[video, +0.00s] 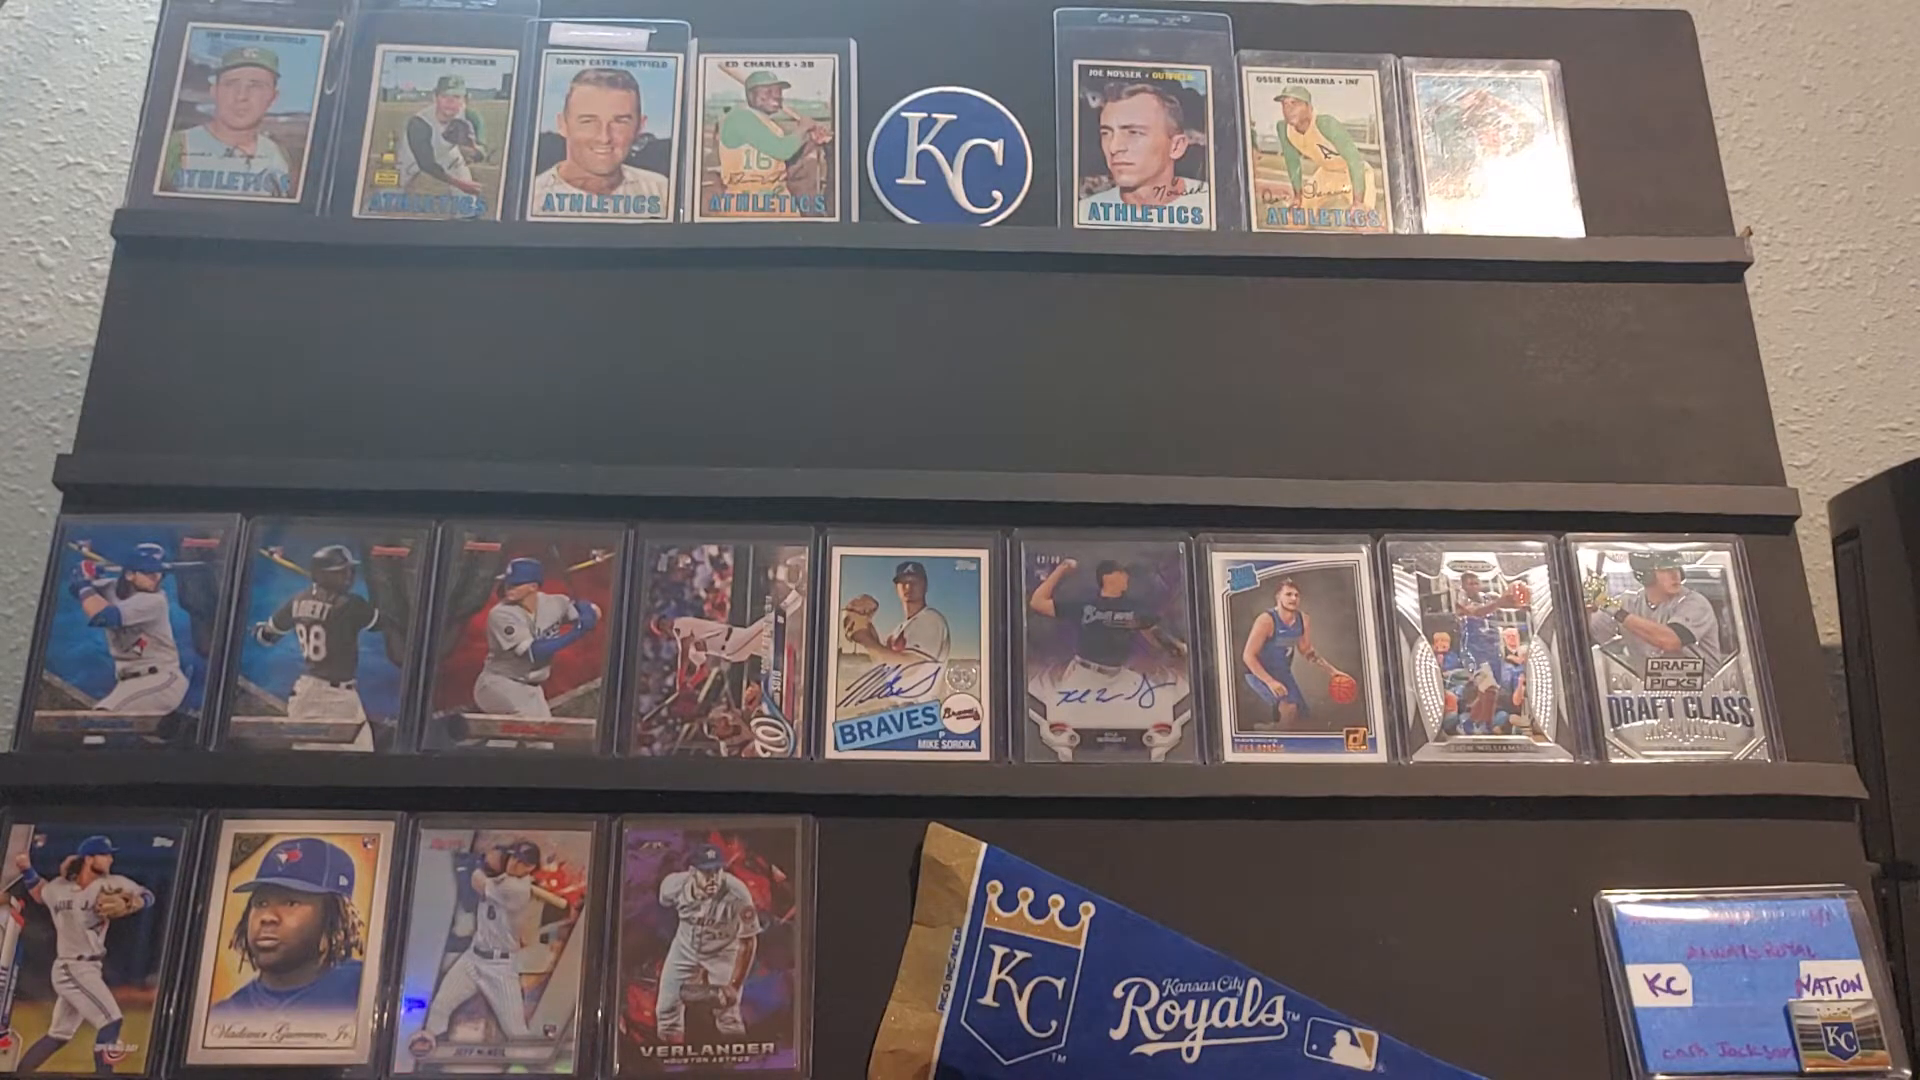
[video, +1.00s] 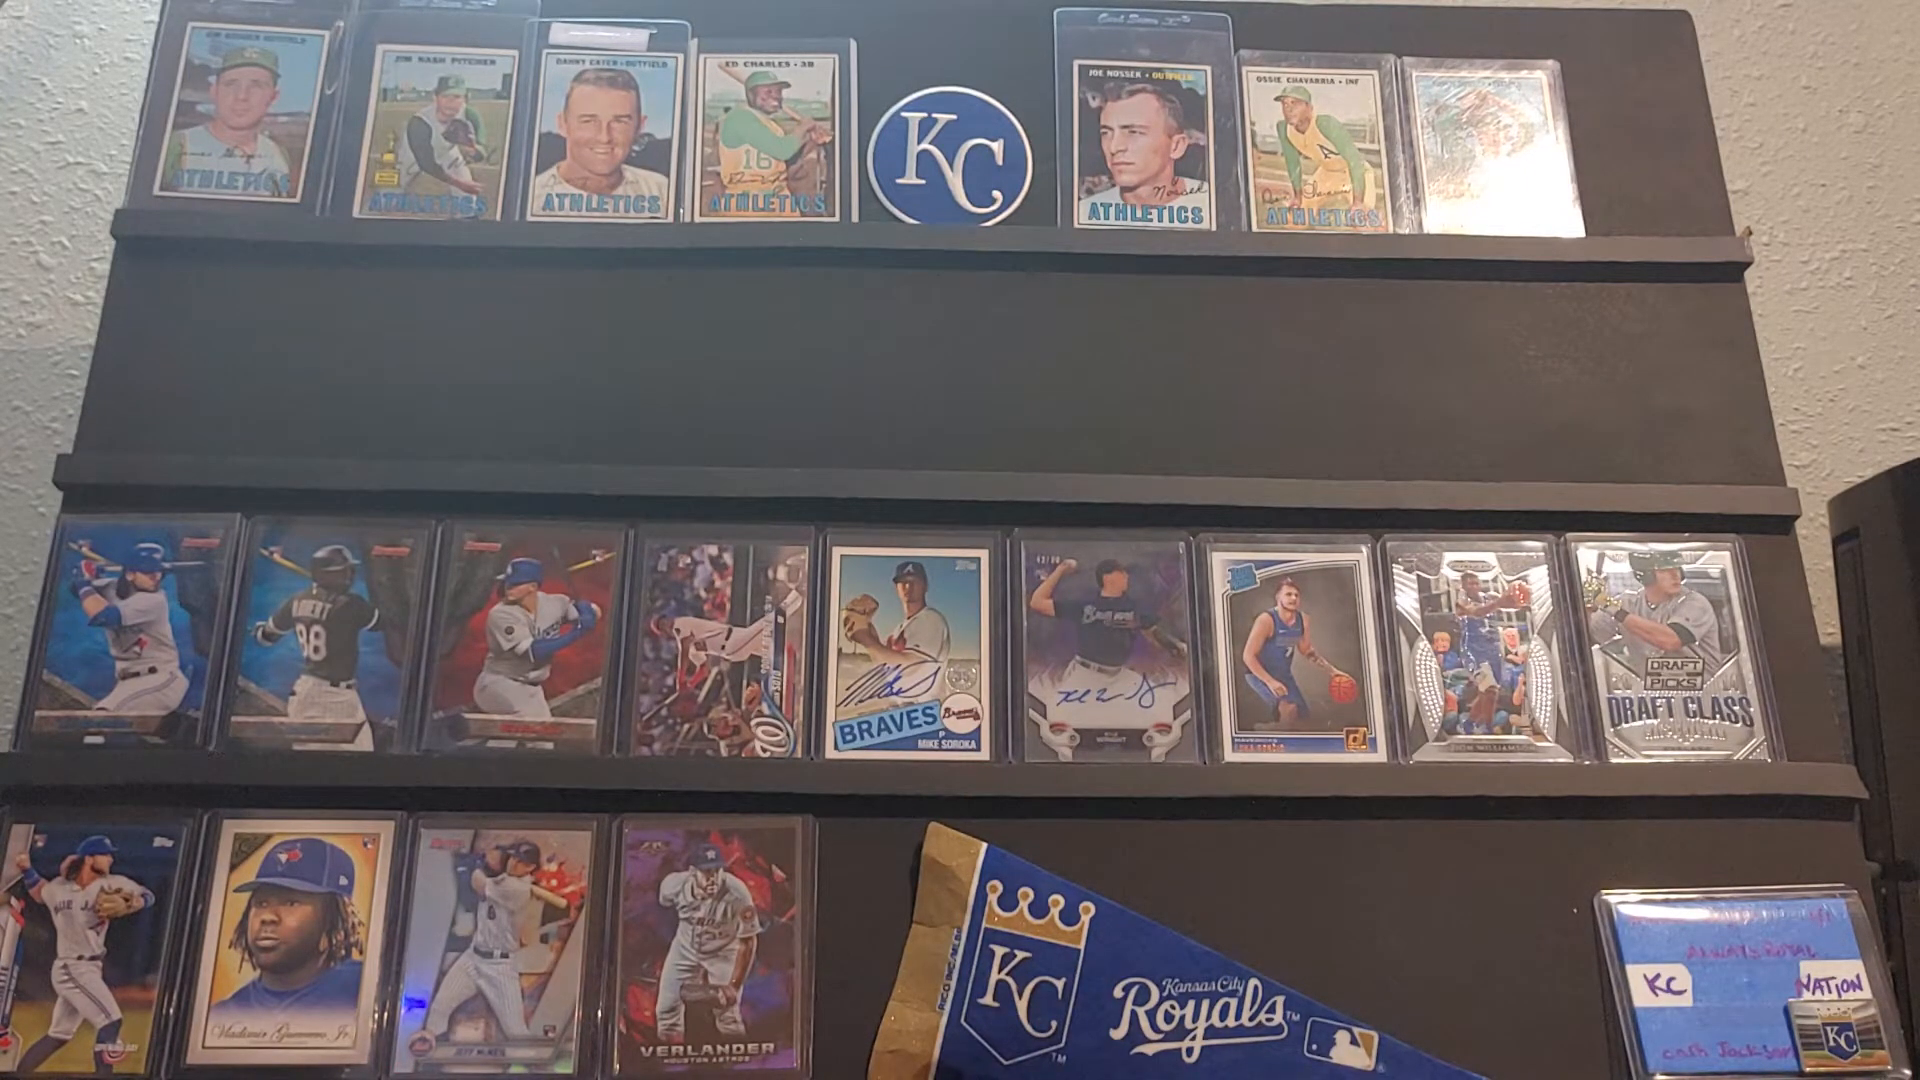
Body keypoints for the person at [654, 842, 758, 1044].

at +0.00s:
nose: (712, 879)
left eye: (716, 872)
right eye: (705, 872)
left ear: (722, 870)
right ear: (692, 871)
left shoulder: (738, 894)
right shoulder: (672, 886)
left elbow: (749, 942)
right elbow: (667, 909)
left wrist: (735, 985)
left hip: (724, 954)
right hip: (684, 948)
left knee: (727, 1015)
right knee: (666, 1009)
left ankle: (740, 1068)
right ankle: (673, 1069)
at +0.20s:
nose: (712, 878)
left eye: (716, 871)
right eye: (705, 872)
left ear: (722, 869)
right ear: (693, 870)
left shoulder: (738, 893)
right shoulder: (673, 886)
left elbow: (749, 941)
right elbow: (666, 910)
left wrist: (735, 985)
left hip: (724, 953)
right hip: (684, 948)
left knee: (727, 1015)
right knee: (666, 1010)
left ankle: (740, 1068)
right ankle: (673, 1071)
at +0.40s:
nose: (712, 878)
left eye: (716, 871)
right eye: (705, 872)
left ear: (722, 869)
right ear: (693, 870)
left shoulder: (738, 893)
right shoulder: (673, 885)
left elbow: (749, 941)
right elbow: (667, 910)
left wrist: (735, 985)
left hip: (724, 953)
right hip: (684, 948)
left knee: (727, 1015)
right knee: (666, 1009)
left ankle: (740, 1068)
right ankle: (673, 1071)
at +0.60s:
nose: (712, 878)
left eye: (716, 871)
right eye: (705, 872)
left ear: (722, 869)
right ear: (693, 870)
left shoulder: (738, 893)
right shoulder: (673, 885)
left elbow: (749, 941)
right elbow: (667, 910)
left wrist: (735, 985)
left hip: (724, 953)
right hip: (684, 948)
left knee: (727, 1015)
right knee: (666, 1009)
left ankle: (740, 1068)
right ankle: (673, 1071)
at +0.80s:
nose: (712, 878)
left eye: (716, 871)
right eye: (706, 872)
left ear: (722, 869)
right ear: (692, 870)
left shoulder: (738, 893)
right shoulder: (673, 886)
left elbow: (748, 941)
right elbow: (668, 909)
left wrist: (734, 985)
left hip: (724, 953)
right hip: (684, 947)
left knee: (727, 1015)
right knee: (666, 1009)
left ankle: (741, 1068)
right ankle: (673, 1069)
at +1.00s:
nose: (711, 878)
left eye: (716, 871)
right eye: (706, 872)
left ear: (722, 869)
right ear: (693, 870)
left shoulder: (738, 893)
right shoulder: (673, 885)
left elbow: (748, 941)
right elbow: (667, 907)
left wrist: (734, 985)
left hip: (724, 954)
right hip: (684, 947)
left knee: (727, 1014)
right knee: (666, 1009)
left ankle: (741, 1068)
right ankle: (674, 1069)